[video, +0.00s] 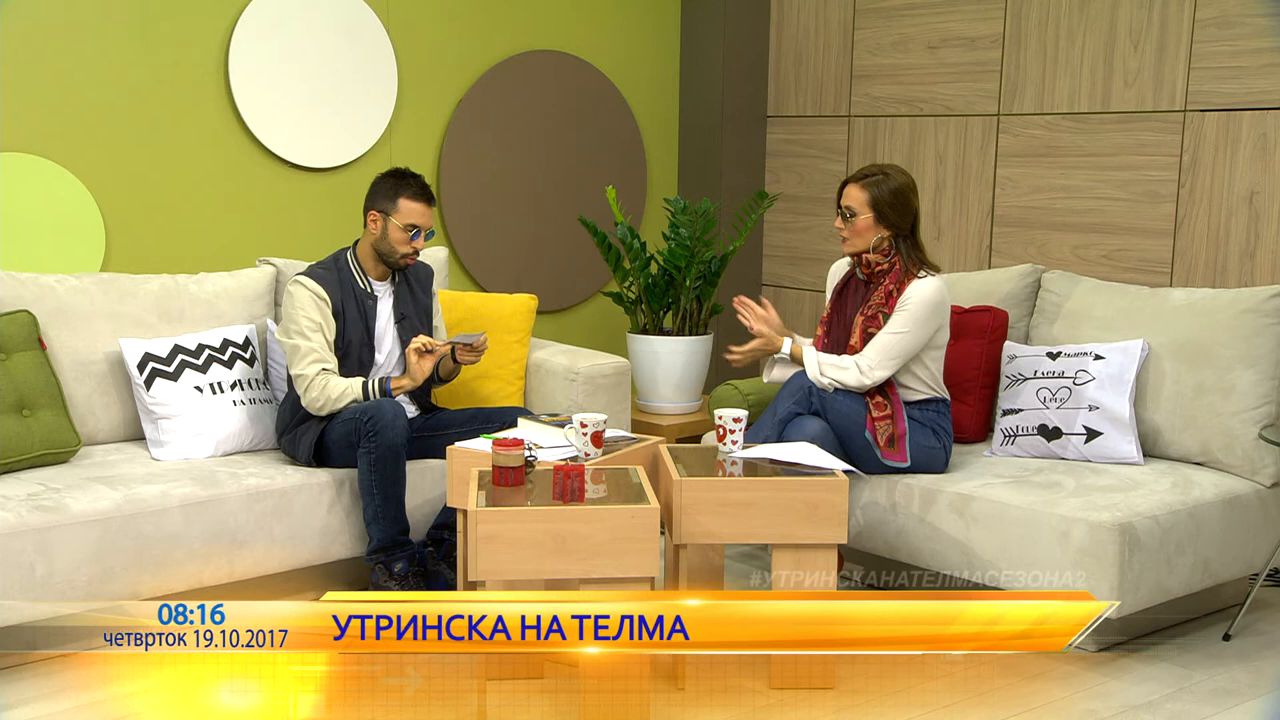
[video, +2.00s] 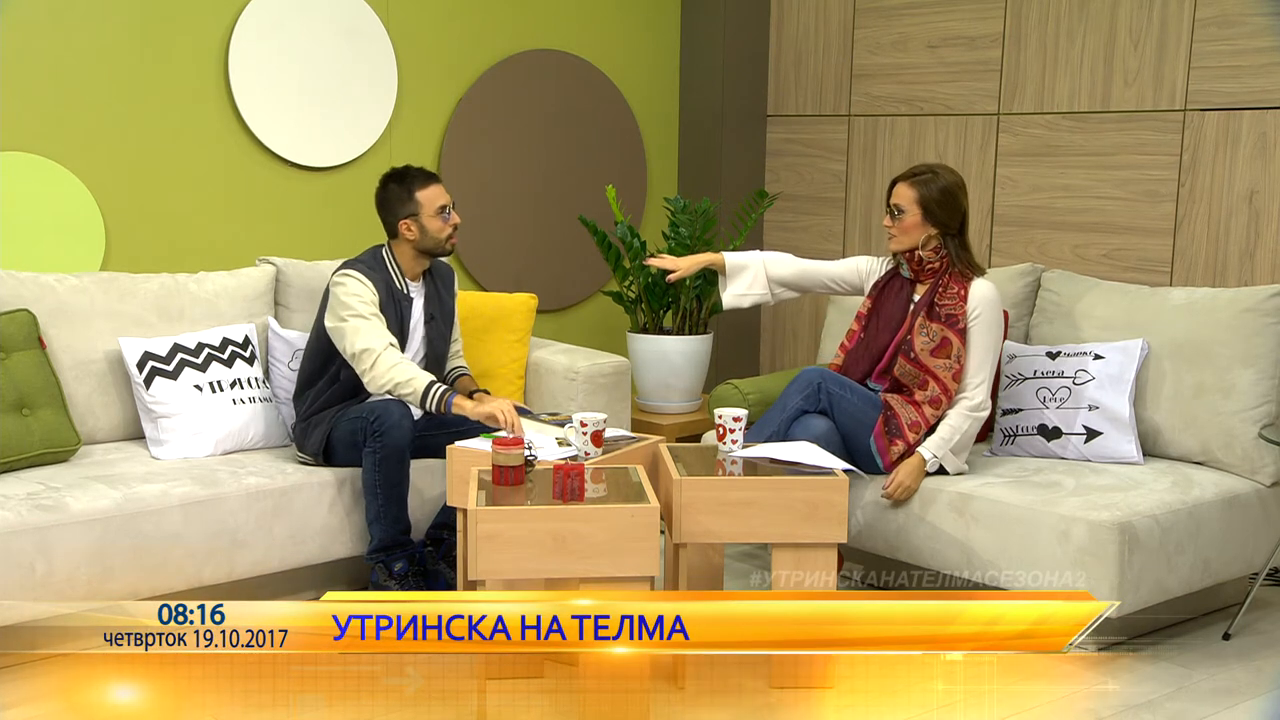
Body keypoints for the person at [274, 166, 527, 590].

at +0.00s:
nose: (419, 246)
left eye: (426, 234)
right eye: (411, 232)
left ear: (430, 231)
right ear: (374, 221)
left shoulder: (419, 278)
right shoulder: (313, 289)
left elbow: (431, 375)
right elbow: (317, 392)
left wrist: (453, 360)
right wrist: (401, 381)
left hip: (405, 422)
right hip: (321, 428)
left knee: (514, 422)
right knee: (387, 413)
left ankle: (440, 551)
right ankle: (392, 562)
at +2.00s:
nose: (455, 221)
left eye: (452, 209)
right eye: (443, 214)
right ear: (407, 229)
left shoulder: (442, 276)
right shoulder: (353, 284)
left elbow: (451, 360)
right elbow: (382, 365)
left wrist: (476, 396)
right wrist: (461, 405)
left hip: (408, 418)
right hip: (330, 424)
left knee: (498, 429)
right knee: (391, 414)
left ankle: (440, 549)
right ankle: (392, 560)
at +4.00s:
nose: (394, 220)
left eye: (401, 208)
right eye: (378, 211)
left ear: (412, 213)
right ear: (352, 219)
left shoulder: (438, 273)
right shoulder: (325, 266)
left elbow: (515, 304)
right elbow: (271, 244)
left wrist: (617, 295)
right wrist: (233, 180)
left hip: (416, 422)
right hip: (331, 427)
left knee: (526, 426)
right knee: (390, 416)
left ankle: (440, 550)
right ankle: (390, 563)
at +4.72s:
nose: (403, 224)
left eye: (408, 210)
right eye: (387, 216)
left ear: (416, 211)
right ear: (360, 225)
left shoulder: (447, 270)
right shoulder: (332, 274)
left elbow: (529, 297)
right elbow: (320, 342)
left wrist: (639, 302)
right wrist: (358, 288)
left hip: (418, 421)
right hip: (331, 424)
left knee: (520, 430)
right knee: (391, 412)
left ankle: (440, 550)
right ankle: (391, 561)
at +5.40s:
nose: (420, 225)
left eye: (425, 211)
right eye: (403, 217)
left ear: (433, 212)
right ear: (376, 226)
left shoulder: (460, 273)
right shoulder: (345, 272)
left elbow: (545, 298)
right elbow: (319, 339)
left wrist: (651, 297)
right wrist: (359, 286)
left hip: (417, 422)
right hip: (333, 424)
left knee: (514, 430)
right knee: (393, 410)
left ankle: (443, 549)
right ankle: (392, 559)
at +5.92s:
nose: (422, 225)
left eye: (427, 212)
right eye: (406, 217)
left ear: (437, 214)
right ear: (379, 227)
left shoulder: (463, 275)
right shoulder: (348, 273)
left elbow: (548, 300)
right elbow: (318, 340)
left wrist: (654, 299)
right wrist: (357, 288)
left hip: (416, 421)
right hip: (331, 423)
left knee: (515, 431)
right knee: (392, 409)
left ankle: (443, 552)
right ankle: (393, 560)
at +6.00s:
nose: (422, 225)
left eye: (427, 212)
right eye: (405, 217)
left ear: (437, 214)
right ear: (379, 227)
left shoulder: (463, 275)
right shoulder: (348, 273)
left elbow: (547, 299)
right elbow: (318, 341)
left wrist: (653, 299)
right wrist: (357, 289)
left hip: (416, 421)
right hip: (332, 423)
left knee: (517, 431)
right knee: (392, 409)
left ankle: (443, 552)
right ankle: (393, 560)